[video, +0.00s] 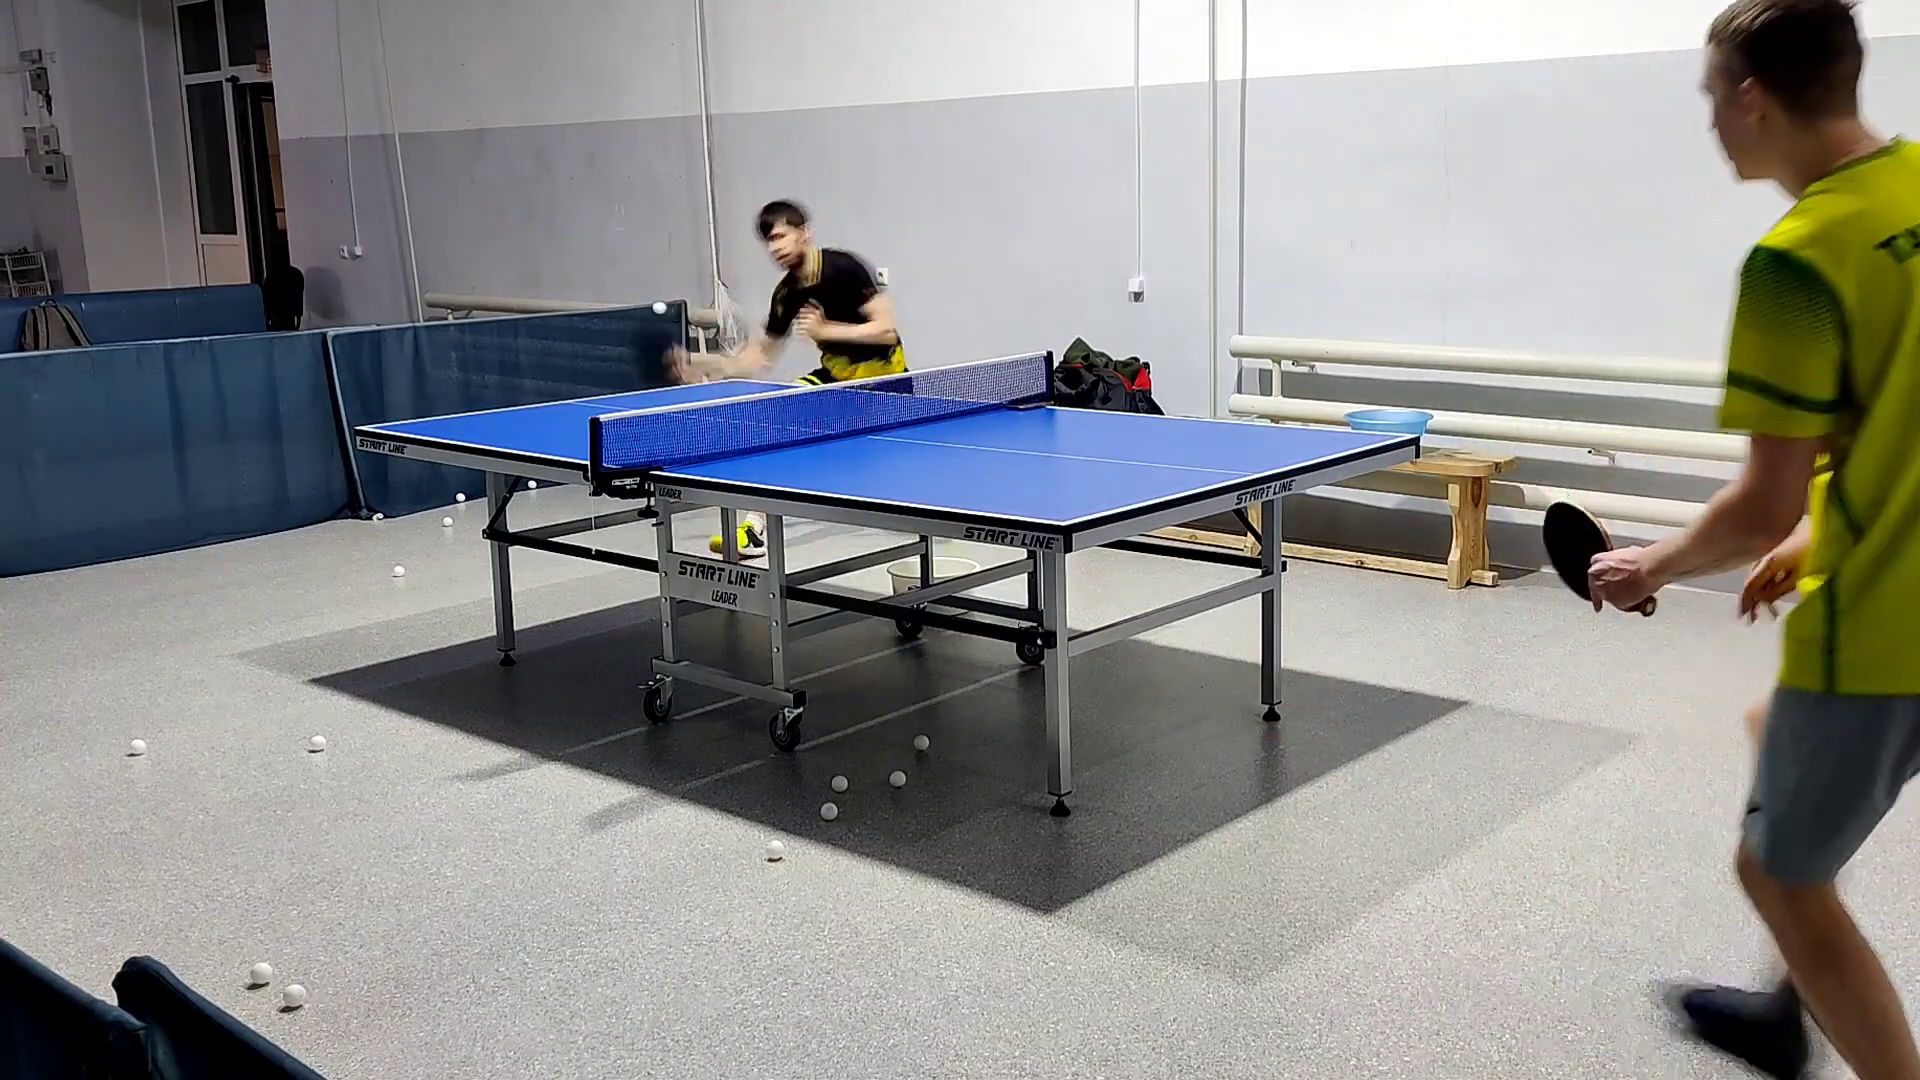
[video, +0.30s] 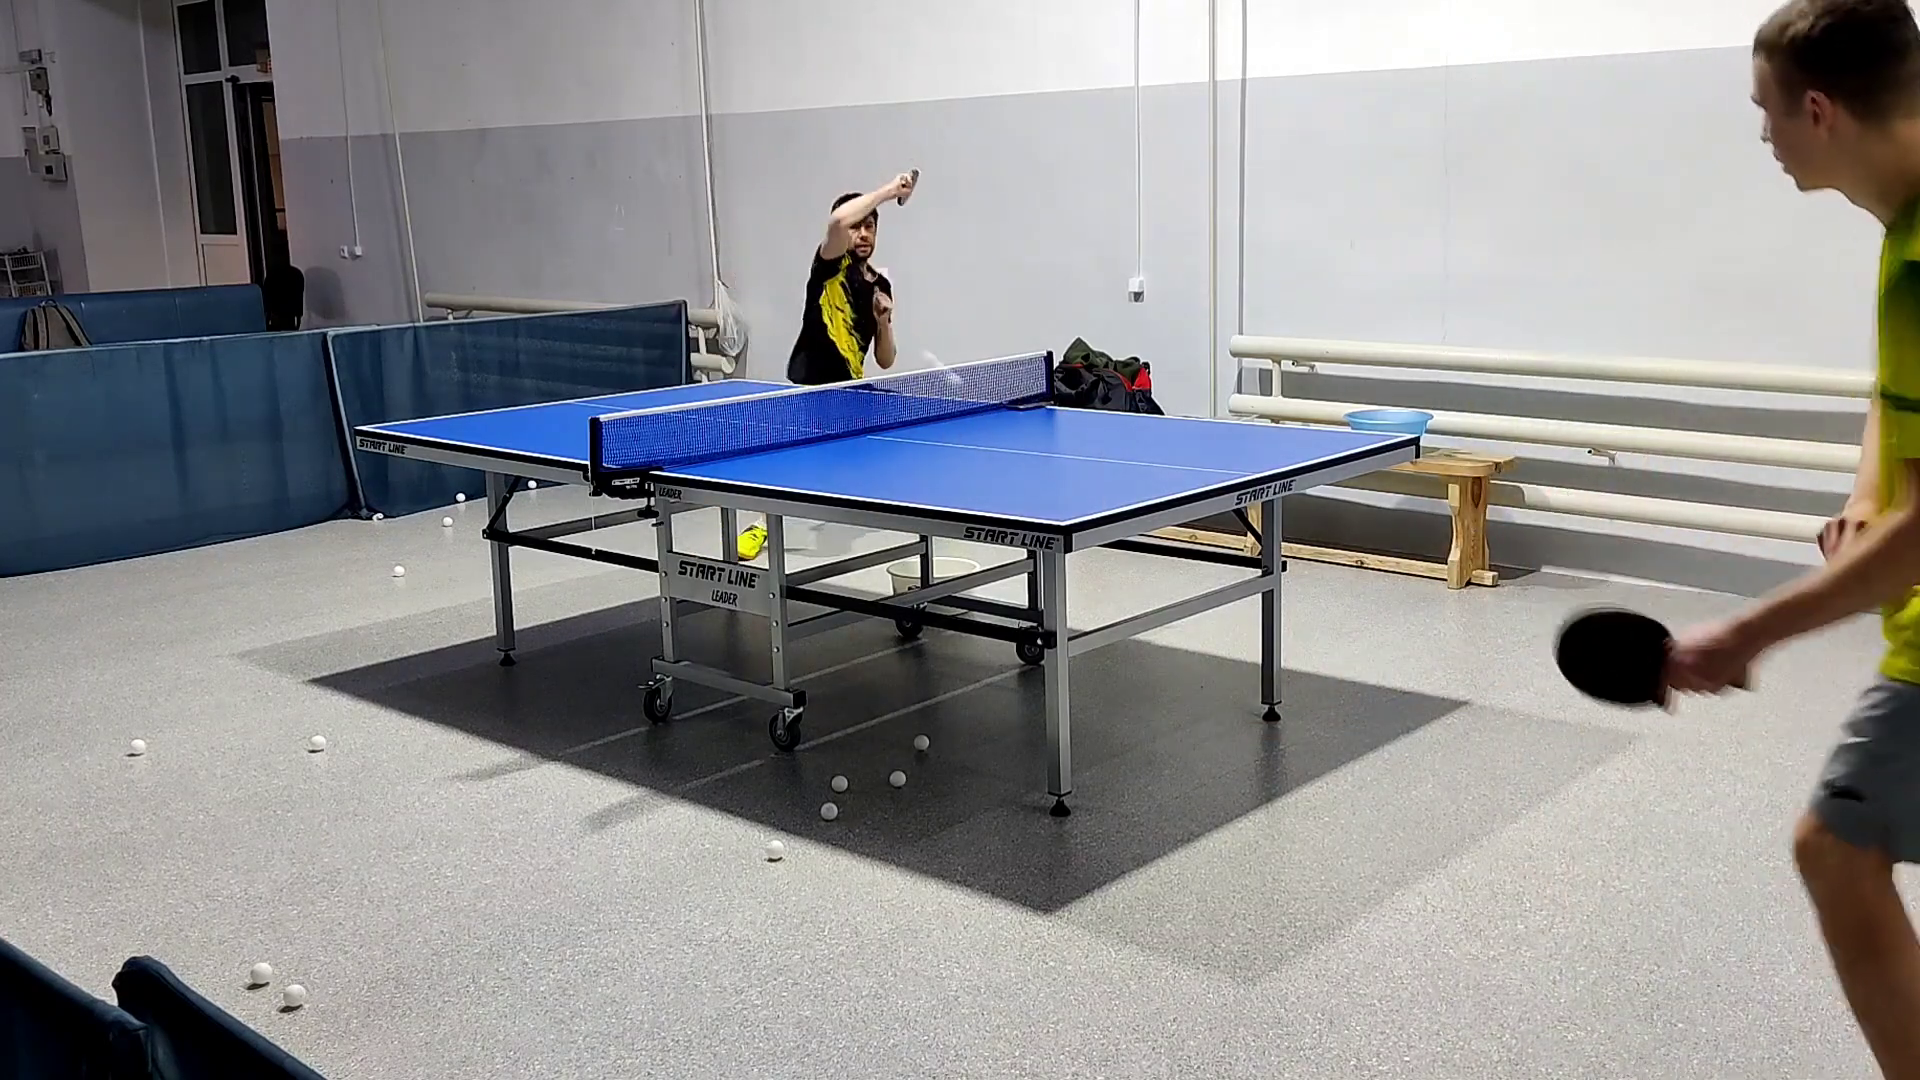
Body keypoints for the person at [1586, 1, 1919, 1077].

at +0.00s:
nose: (1712, 120)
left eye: (1715, 96)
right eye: (1711, 97)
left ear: (1756, 95)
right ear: (1842, 82)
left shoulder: (1798, 257)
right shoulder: (1908, 183)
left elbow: (1767, 511)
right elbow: (1897, 428)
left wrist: (1662, 561)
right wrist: (1818, 538)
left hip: (1874, 625)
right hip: (1901, 584)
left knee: (1777, 867)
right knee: (1780, 731)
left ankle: (1892, 1065)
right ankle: (1786, 1011)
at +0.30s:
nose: (1769, 147)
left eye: (1768, 119)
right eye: (1763, 121)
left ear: (1820, 112)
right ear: (1838, 110)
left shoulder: (1912, 262)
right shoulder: (1900, 244)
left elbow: (1916, 531)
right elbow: (1893, 418)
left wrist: (1747, 635)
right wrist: (1864, 507)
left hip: (1918, 657)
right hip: (1908, 647)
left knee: (1838, 847)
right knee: (1843, 846)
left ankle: (1903, 1064)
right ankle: (1900, 1059)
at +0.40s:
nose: (1783, 150)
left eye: (1787, 124)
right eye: (1779, 125)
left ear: (1846, 115)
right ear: (1853, 114)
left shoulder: (1913, 224)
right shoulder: (1899, 202)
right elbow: (1886, 357)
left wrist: (1852, 606)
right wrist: (1876, 500)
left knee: (1882, 834)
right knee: (1884, 835)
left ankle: (1915, 1066)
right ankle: (1914, 1067)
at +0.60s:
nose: (1834, 183)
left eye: (1838, 156)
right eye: (1827, 158)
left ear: (1911, 131)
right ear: (1908, 134)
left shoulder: (1904, 236)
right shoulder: (1905, 233)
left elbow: (1878, 387)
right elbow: (1879, 386)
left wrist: (1908, 521)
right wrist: (1907, 522)